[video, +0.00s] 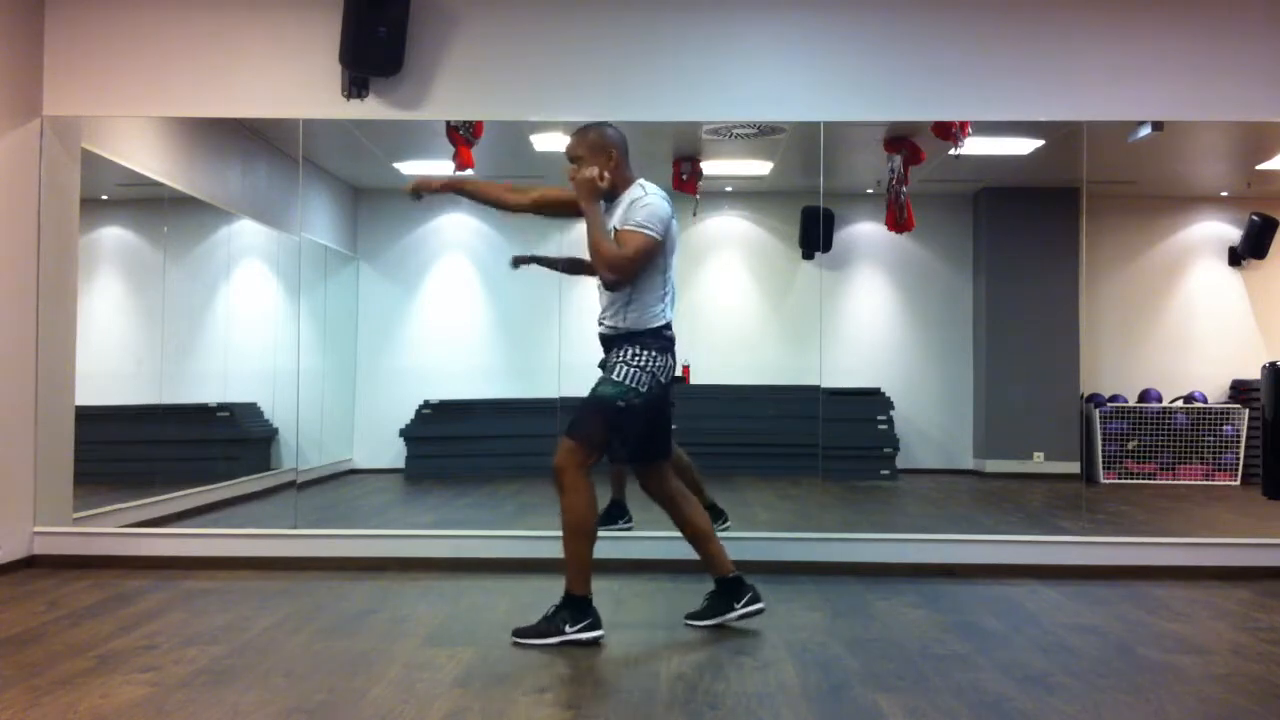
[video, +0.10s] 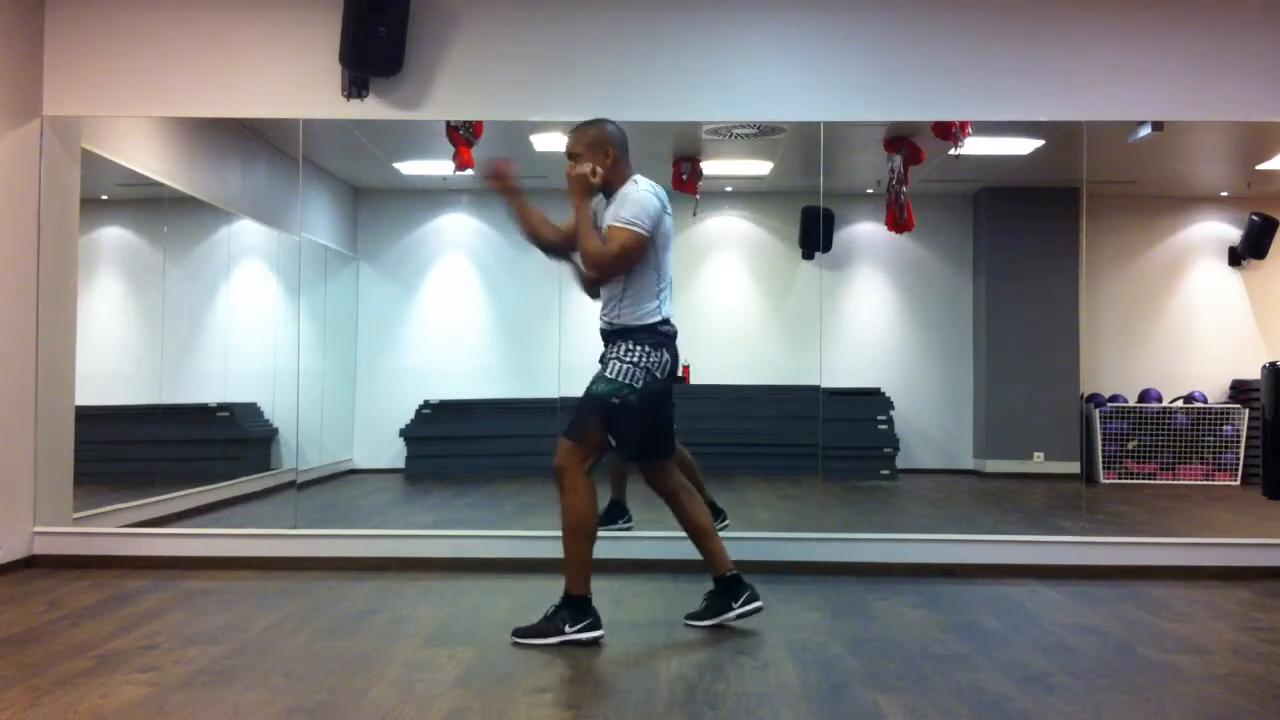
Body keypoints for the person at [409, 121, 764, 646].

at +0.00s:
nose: (572, 173)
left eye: (577, 163)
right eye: (572, 165)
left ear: (610, 163)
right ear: (606, 165)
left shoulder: (650, 204)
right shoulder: (612, 200)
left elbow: (613, 269)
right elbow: (523, 198)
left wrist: (590, 204)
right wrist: (450, 183)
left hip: (641, 354)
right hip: (630, 351)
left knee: (572, 462)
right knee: (658, 478)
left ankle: (577, 607)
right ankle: (731, 585)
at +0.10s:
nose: (571, 170)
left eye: (575, 160)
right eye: (570, 161)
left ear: (605, 159)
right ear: (605, 159)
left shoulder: (642, 197)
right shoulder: (608, 202)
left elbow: (599, 265)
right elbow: (553, 240)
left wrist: (579, 201)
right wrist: (512, 194)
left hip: (639, 350)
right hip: (633, 349)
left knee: (572, 461)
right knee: (662, 473)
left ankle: (577, 607)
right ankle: (730, 584)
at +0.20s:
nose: (570, 161)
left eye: (574, 151)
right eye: (570, 152)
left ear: (599, 151)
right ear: (607, 149)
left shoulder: (625, 186)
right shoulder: (629, 187)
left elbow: (573, 257)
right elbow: (578, 257)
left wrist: (566, 190)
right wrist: (572, 191)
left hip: (639, 339)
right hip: (650, 338)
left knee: (583, 462)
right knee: (666, 462)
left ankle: (577, 606)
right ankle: (720, 583)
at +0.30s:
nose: (571, 162)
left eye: (574, 153)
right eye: (572, 154)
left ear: (593, 154)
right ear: (620, 151)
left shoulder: (612, 187)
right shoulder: (649, 191)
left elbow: (564, 257)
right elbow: (595, 269)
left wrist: (566, 191)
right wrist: (575, 198)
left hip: (638, 341)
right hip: (670, 340)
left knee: (579, 463)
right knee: (669, 470)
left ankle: (577, 607)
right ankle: (705, 595)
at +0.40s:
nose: (577, 182)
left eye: (577, 173)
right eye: (576, 174)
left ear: (592, 168)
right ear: (625, 164)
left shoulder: (602, 199)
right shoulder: (666, 204)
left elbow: (576, 280)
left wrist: (574, 211)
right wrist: (587, 212)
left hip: (633, 347)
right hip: (675, 347)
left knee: (559, 462)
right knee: (675, 473)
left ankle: (569, 607)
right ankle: (707, 598)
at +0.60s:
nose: (567, 219)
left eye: (568, 210)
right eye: (566, 212)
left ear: (584, 198)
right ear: (611, 192)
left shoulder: (596, 220)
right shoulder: (665, 233)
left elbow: (574, 308)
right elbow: (682, 323)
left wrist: (572, 246)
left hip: (629, 369)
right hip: (671, 370)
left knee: (543, 470)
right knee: (653, 483)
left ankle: (561, 611)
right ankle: (705, 596)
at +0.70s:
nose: (559, 203)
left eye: (564, 192)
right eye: (558, 194)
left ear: (594, 187)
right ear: (596, 188)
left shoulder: (629, 217)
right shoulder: (623, 227)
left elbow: (585, 288)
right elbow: (638, 324)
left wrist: (568, 230)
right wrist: (594, 361)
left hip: (642, 370)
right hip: (638, 371)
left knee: (548, 469)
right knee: (624, 499)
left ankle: (562, 611)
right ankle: (712, 592)